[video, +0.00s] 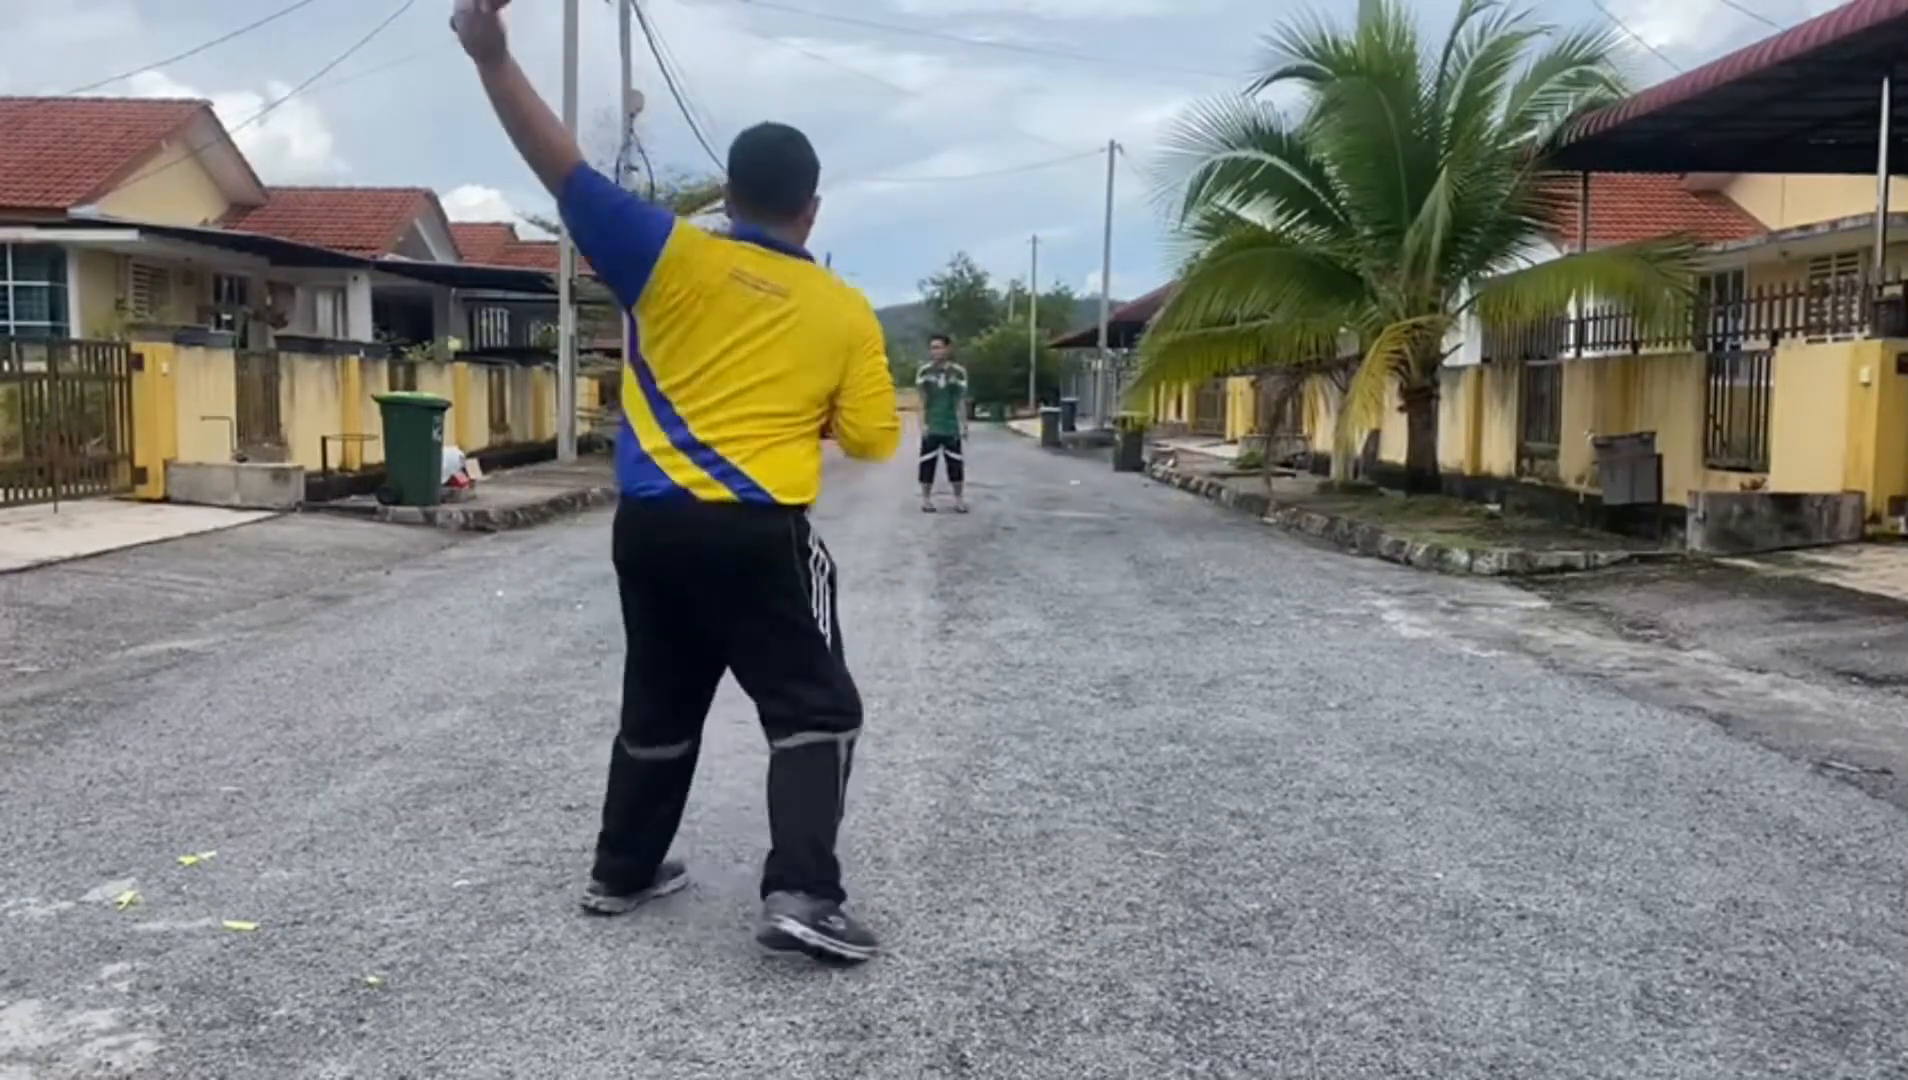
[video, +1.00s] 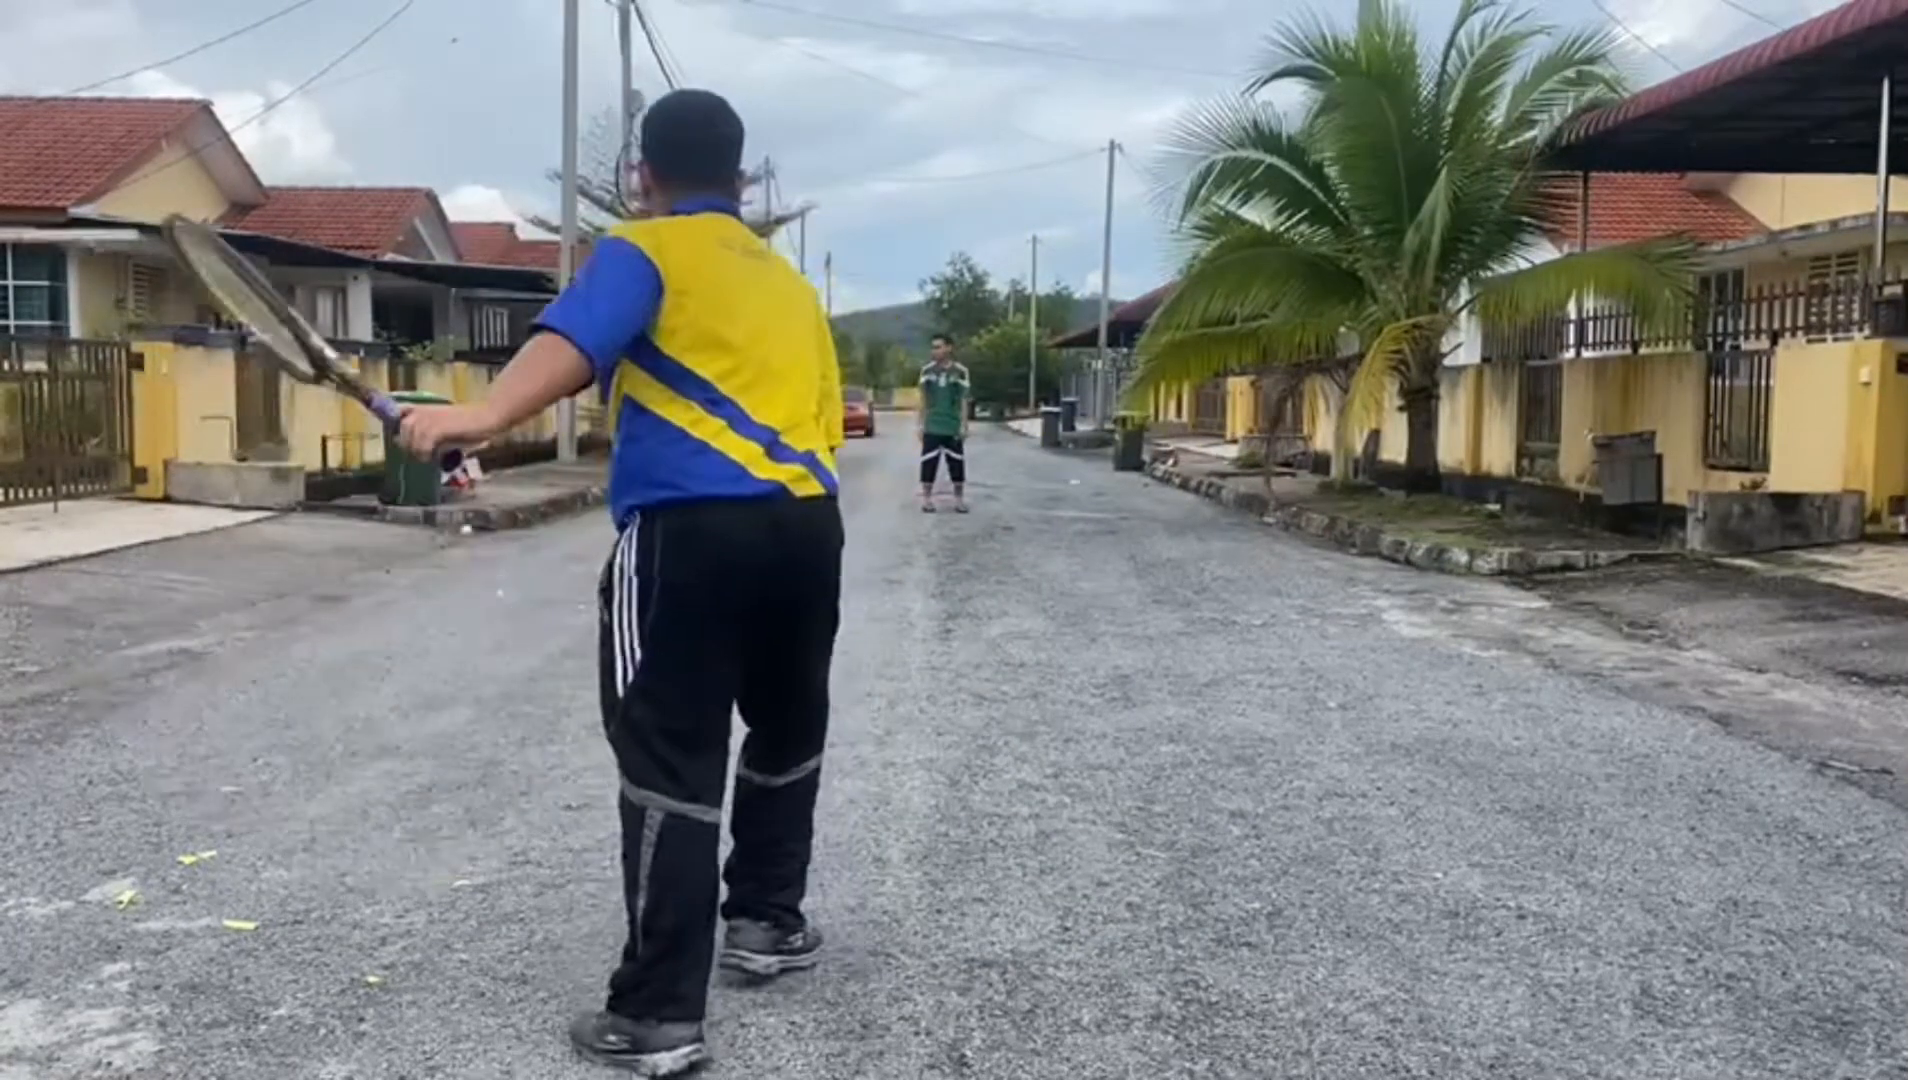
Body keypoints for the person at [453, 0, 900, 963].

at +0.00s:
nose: (807, 205)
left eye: (776, 188)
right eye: (810, 194)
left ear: (726, 194)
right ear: (810, 207)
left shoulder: (669, 250)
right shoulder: (844, 310)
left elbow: (565, 171)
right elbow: (872, 437)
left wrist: (493, 58)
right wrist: (811, 405)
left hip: (649, 525)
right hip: (755, 535)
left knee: (659, 703)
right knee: (813, 709)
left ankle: (623, 870)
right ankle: (800, 892)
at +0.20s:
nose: (742, 209)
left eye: (743, 197)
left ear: (750, 195)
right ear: (832, 202)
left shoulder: (731, 250)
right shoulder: (867, 307)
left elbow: (608, 244)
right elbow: (899, 431)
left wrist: (488, 233)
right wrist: (812, 409)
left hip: (701, 527)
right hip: (818, 538)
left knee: (657, 712)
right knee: (811, 734)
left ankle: (603, 882)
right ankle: (799, 927)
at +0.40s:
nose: (725, 194)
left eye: (726, 182)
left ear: (734, 182)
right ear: (821, 188)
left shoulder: (723, 253)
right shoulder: (861, 295)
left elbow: (681, 365)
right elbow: (882, 427)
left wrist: (624, 463)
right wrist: (782, 417)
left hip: (704, 536)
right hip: (826, 546)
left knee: (644, 731)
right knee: (812, 743)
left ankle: (620, 922)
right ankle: (800, 929)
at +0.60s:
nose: (669, 194)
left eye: (669, 180)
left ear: (679, 181)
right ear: (767, 187)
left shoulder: (681, 258)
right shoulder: (799, 288)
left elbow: (653, 389)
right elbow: (852, 428)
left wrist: (584, 505)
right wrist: (785, 500)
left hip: (695, 544)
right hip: (806, 543)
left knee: (664, 765)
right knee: (795, 742)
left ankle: (661, 1010)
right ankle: (803, 928)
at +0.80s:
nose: (621, 181)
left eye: (621, 166)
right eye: (629, 167)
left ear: (632, 168)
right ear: (721, 169)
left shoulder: (660, 232)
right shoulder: (749, 257)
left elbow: (632, 326)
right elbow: (734, 388)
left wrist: (511, 420)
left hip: (690, 527)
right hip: (795, 522)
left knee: (662, 761)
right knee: (795, 713)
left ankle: (657, 1011)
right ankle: (812, 900)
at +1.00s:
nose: (630, 182)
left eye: (633, 170)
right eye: (635, 171)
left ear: (646, 174)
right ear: (737, 179)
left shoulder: (643, 249)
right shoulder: (788, 279)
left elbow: (576, 344)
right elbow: (828, 420)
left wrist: (476, 415)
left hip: (689, 531)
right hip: (805, 529)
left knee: (668, 761)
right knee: (786, 730)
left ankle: (661, 1012)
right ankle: (765, 919)